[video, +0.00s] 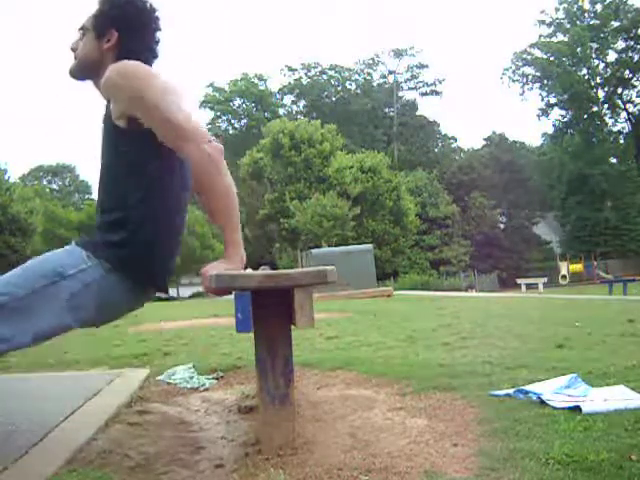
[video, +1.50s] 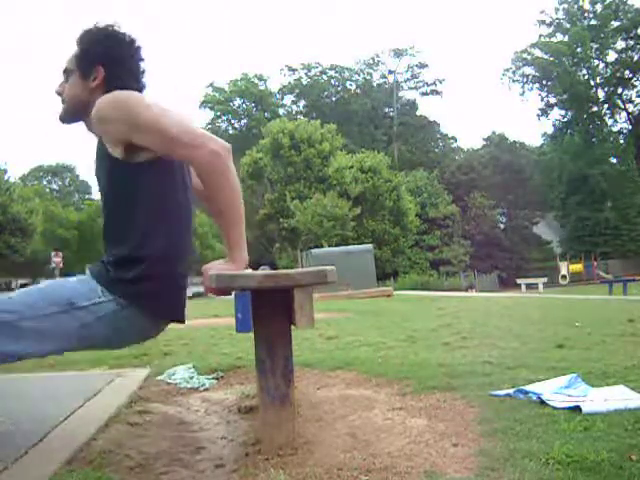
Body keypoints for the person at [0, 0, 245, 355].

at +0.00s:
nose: (73, 45)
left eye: (83, 33)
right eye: (78, 34)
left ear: (109, 40)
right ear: (110, 41)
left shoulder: (123, 76)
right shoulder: (135, 82)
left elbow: (201, 150)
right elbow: (209, 152)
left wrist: (234, 253)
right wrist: (233, 247)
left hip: (112, 265)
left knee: (4, 316)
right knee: (6, 321)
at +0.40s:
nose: (65, 82)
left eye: (75, 68)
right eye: (70, 69)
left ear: (103, 71)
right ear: (103, 72)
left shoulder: (115, 104)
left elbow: (213, 153)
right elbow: (219, 153)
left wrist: (238, 257)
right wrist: (239, 255)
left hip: (120, 293)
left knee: (1, 327)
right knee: (4, 317)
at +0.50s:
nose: (62, 121)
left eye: (70, 108)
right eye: (65, 108)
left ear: (98, 110)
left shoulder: (114, 137)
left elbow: (220, 154)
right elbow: (219, 189)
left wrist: (238, 258)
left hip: (134, 324)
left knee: (3, 332)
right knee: (7, 323)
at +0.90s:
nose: (59, 120)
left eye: (67, 109)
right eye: (63, 109)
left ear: (94, 115)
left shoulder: (110, 143)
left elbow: (217, 155)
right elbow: (220, 194)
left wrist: (239, 258)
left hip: (131, 327)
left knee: (3, 330)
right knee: (8, 322)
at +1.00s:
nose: (62, 81)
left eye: (72, 69)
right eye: (68, 69)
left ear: (99, 76)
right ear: (100, 77)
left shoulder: (110, 109)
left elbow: (212, 153)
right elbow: (202, 187)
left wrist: (237, 257)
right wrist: (240, 250)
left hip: (120, 293)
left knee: (2, 316)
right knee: (5, 311)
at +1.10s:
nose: (64, 44)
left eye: (73, 32)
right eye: (68, 33)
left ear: (102, 36)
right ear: (101, 37)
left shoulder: (115, 73)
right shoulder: (143, 82)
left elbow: (187, 155)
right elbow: (193, 163)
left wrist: (233, 255)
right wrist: (233, 256)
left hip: (109, 259)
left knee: (3, 306)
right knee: (5, 317)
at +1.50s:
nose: (59, 88)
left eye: (67, 75)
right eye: (63, 76)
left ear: (96, 78)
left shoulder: (112, 108)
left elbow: (214, 153)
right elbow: (204, 190)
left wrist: (238, 257)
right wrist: (240, 254)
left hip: (125, 296)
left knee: (3, 322)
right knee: (5, 320)